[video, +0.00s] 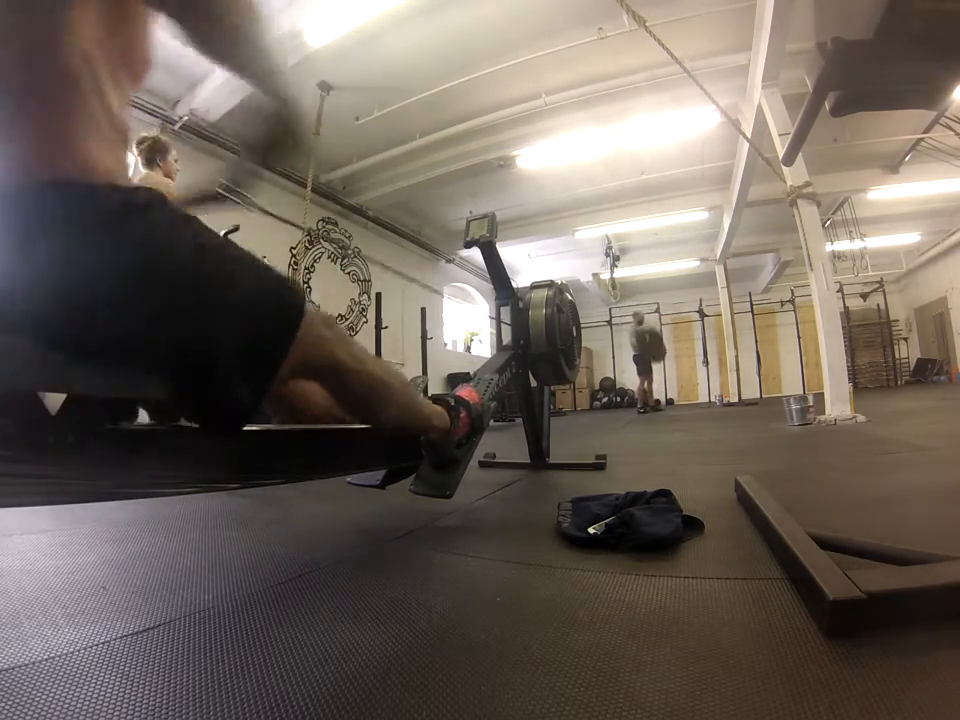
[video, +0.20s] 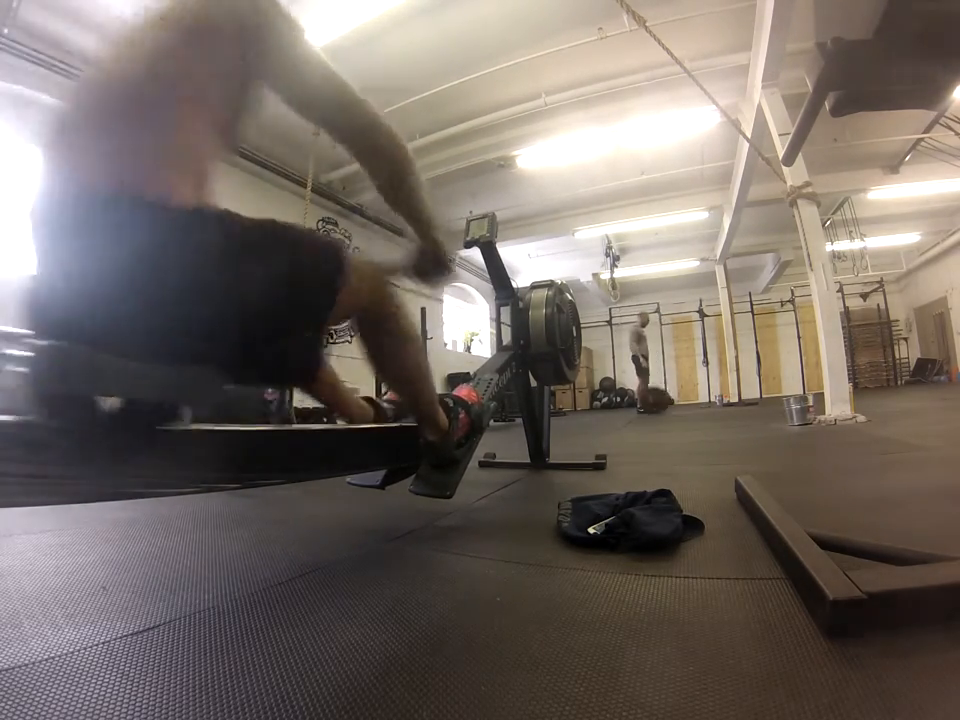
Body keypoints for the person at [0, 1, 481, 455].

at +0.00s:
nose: (145, 51)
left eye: (141, 29)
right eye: (138, 26)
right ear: (103, 20)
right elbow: (201, 11)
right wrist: (287, 96)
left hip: (16, 218)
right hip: (95, 210)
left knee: (275, 384)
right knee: (324, 347)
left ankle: (383, 429)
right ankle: (440, 426)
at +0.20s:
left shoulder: (127, 57)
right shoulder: (245, 16)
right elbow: (362, 127)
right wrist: (429, 237)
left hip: (61, 286)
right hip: (161, 262)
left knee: (277, 322)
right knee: (370, 289)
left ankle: (366, 421)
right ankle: (440, 432)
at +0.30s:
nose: (317, 39)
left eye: (315, 29)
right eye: (315, 29)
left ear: (250, 30)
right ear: (305, 28)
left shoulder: (205, 84)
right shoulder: (312, 69)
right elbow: (410, 184)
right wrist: (465, 271)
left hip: (133, 300)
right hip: (221, 294)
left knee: (294, 272)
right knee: (409, 267)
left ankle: (365, 414)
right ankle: (439, 424)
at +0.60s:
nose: (406, 122)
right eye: (406, 116)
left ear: (341, 125)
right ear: (401, 119)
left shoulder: (309, 168)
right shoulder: (422, 161)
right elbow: (492, 255)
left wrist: (176, 346)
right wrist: (516, 316)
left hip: (248, 351)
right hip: (331, 335)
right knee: (467, 249)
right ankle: (440, 418)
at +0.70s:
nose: (405, 122)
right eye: (404, 115)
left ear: (341, 124)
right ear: (398, 115)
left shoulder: (313, 167)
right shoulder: (427, 164)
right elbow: (488, 249)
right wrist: (515, 299)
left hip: (247, 349)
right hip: (327, 332)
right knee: (465, 252)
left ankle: (370, 408)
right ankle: (440, 418)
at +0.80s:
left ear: (318, 102)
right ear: (383, 92)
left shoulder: (285, 154)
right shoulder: (409, 144)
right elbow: (478, 232)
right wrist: (512, 281)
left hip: (230, 343)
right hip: (314, 324)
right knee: (458, 252)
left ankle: (369, 413)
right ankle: (439, 422)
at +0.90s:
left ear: (285, 69)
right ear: (348, 58)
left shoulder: (251, 128)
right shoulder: (375, 110)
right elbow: (456, 215)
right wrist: (494, 263)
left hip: (205, 329)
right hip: (296, 309)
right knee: (450, 254)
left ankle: (368, 411)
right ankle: (439, 424)